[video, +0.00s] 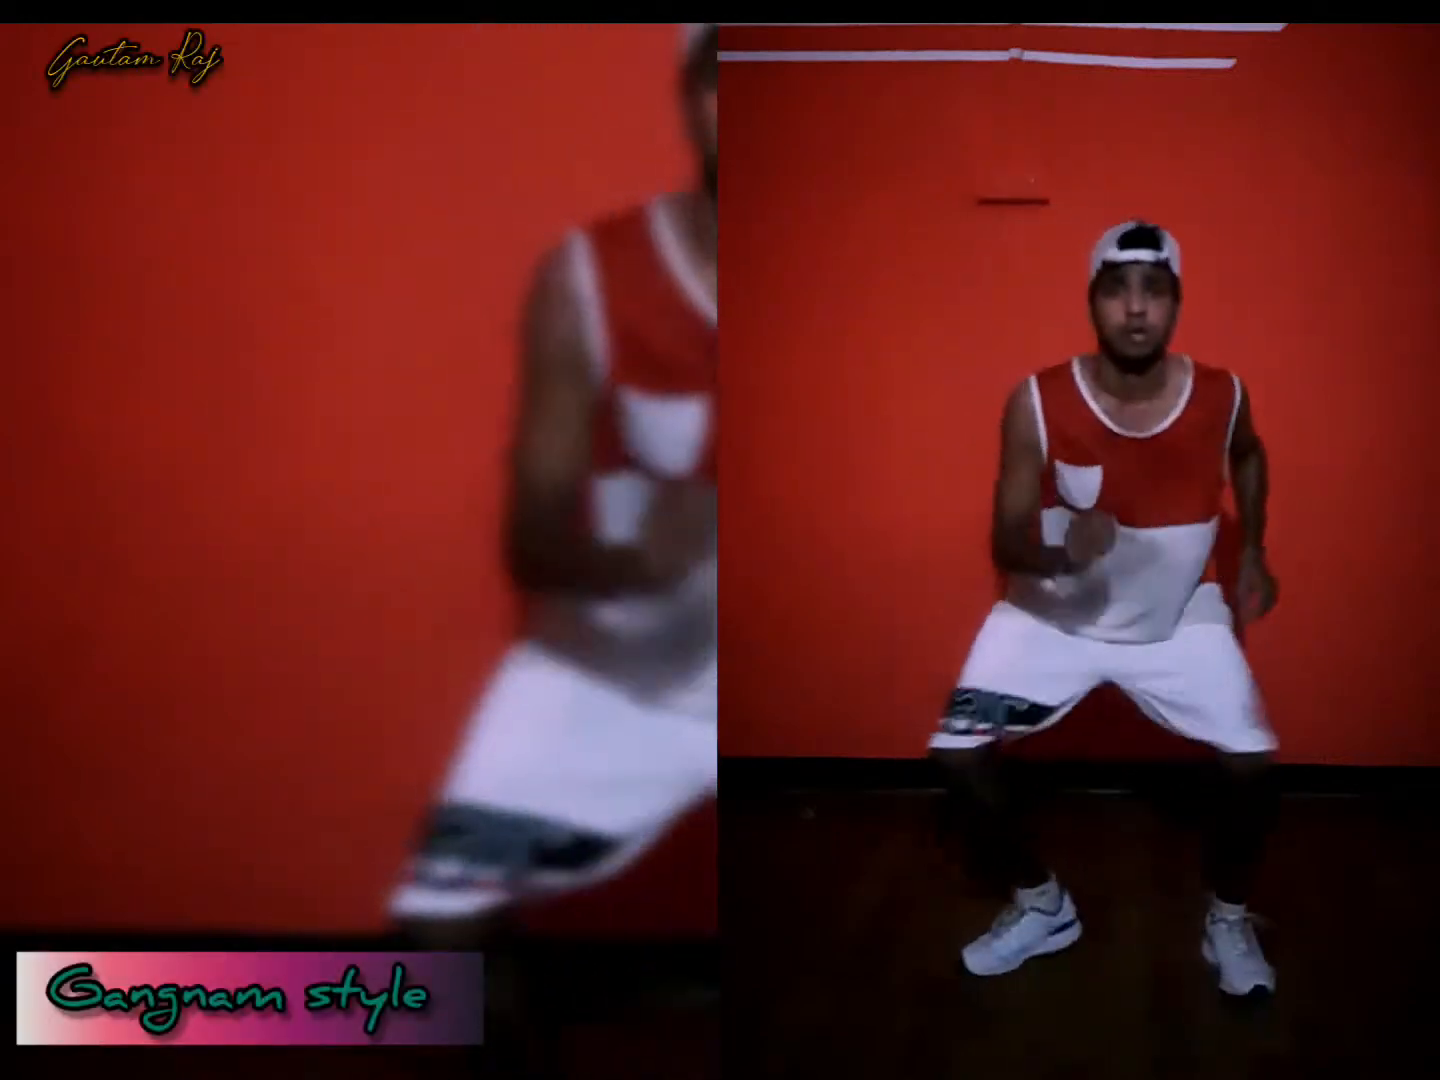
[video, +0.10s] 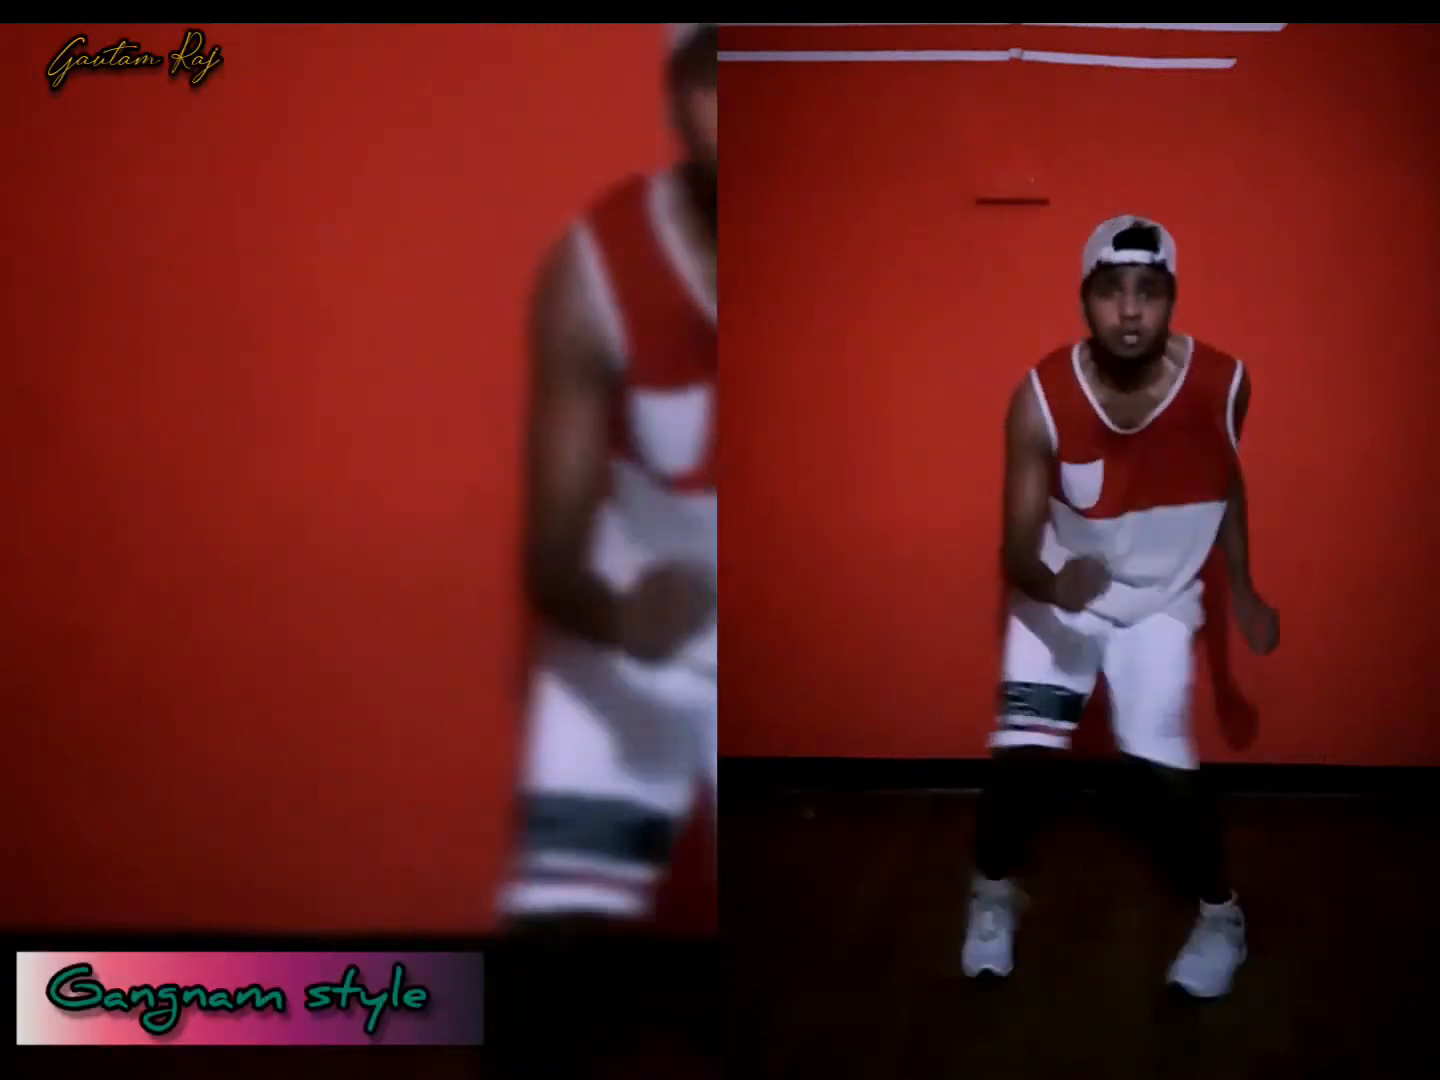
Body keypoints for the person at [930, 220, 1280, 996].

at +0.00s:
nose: (1136, 307)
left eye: (1154, 290)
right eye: (1118, 289)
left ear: (1177, 304)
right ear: (1092, 303)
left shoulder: (1220, 397)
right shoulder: (1037, 403)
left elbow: (1247, 459)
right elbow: (1009, 545)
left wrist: (1252, 550)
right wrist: (1062, 551)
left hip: (1180, 620)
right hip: (1053, 616)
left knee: (1250, 761)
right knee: (961, 753)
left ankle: (1228, 916)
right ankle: (1039, 905)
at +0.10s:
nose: (1131, 312)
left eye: (1148, 295)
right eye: (1113, 295)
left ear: (1172, 304)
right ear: (1087, 304)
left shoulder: (1219, 384)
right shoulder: (1042, 398)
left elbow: (1227, 483)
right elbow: (1017, 546)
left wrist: (1243, 590)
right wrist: (1054, 585)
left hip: (1162, 603)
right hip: (1057, 594)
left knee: (1157, 763)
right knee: (1023, 758)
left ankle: (1218, 918)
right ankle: (992, 900)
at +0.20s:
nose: (1123, 310)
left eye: (1141, 292)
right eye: (1106, 293)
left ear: (1167, 301)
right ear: (1083, 304)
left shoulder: (1220, 379)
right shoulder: (1048, 402)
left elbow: (1225, 482)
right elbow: (1046, 529)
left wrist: (1236, 589)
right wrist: (1049, 595)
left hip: (1163, 580)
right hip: (1059, 574)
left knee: (1160, 748)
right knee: (1028, 744)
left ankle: (1215, 919)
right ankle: (1001, 897)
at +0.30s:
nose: (1133, 304)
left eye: (1150, 287)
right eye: (1116, 286)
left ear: (1175, 300)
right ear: (1090, 300)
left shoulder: (1231, 378)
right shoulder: (1058, 410)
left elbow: (1238, 466)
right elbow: (1040, 533)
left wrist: (1238, 570)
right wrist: (1034, 606)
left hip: (1171, 599)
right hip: (1058, 592)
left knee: (1218, 754)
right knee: (956, 737)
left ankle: (1171, 918)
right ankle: (1028, 900)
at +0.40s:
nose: (1145, 317)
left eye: (1163, 300)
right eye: (1127, 301)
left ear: (1187, 313)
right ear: (1104, 316)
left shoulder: (1238, 397)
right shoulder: (1062, 421)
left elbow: (1255, 468)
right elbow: (1024, 542)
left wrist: (1251, 550)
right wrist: (1014, 615)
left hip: (1172, 621)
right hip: (1055, 617)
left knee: (1247, 761)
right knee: (931, 753)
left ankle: (1171, 921)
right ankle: (1035, 903)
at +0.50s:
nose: (1158, 331)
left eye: (1175, 314)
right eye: (1140, 314)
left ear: (1197, 330)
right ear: (1115, 326)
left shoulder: (1225, 430)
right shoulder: (1052, 410)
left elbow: (1266, 505)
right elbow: (1004, 517)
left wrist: (1248, 547)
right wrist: (998, 627)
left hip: (1174, 641)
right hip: (1047, 632)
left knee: (1250, 767)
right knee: (945, 767)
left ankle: (1170, 921)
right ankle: (1033, 896)